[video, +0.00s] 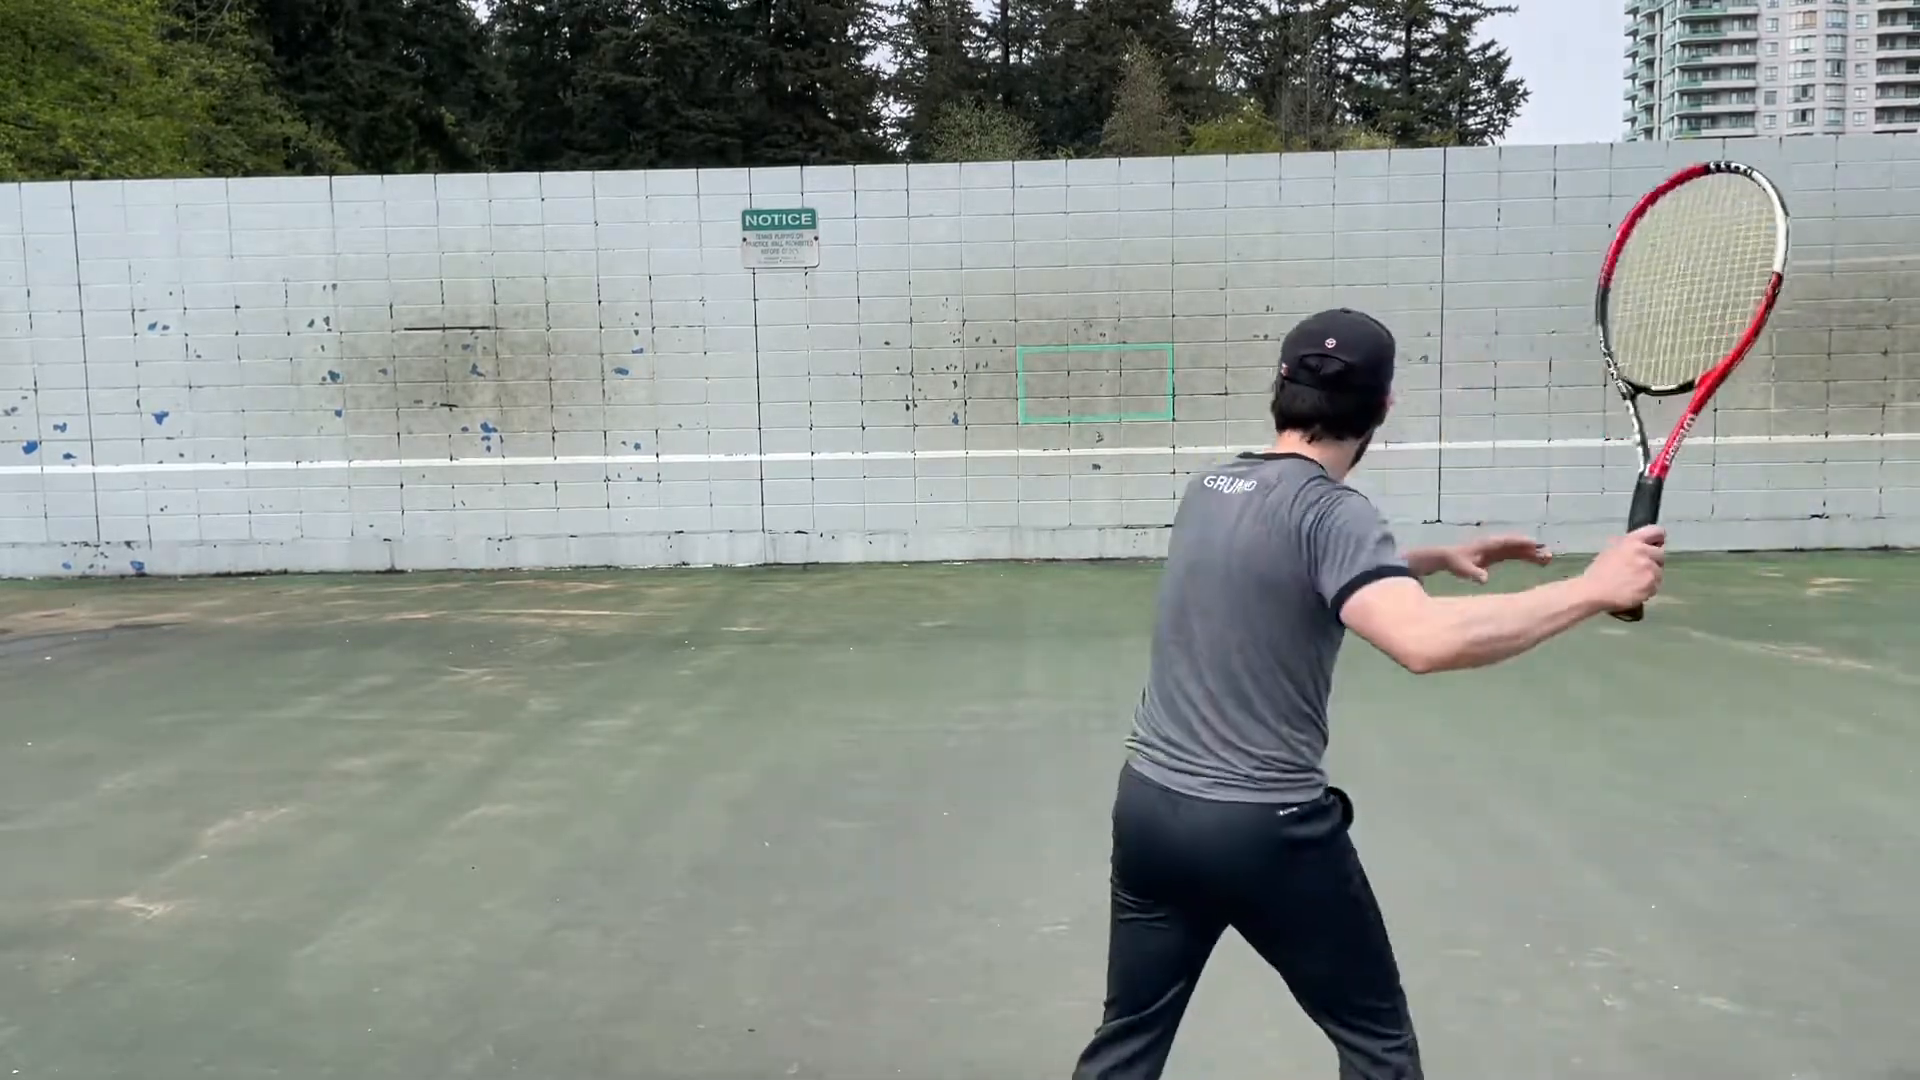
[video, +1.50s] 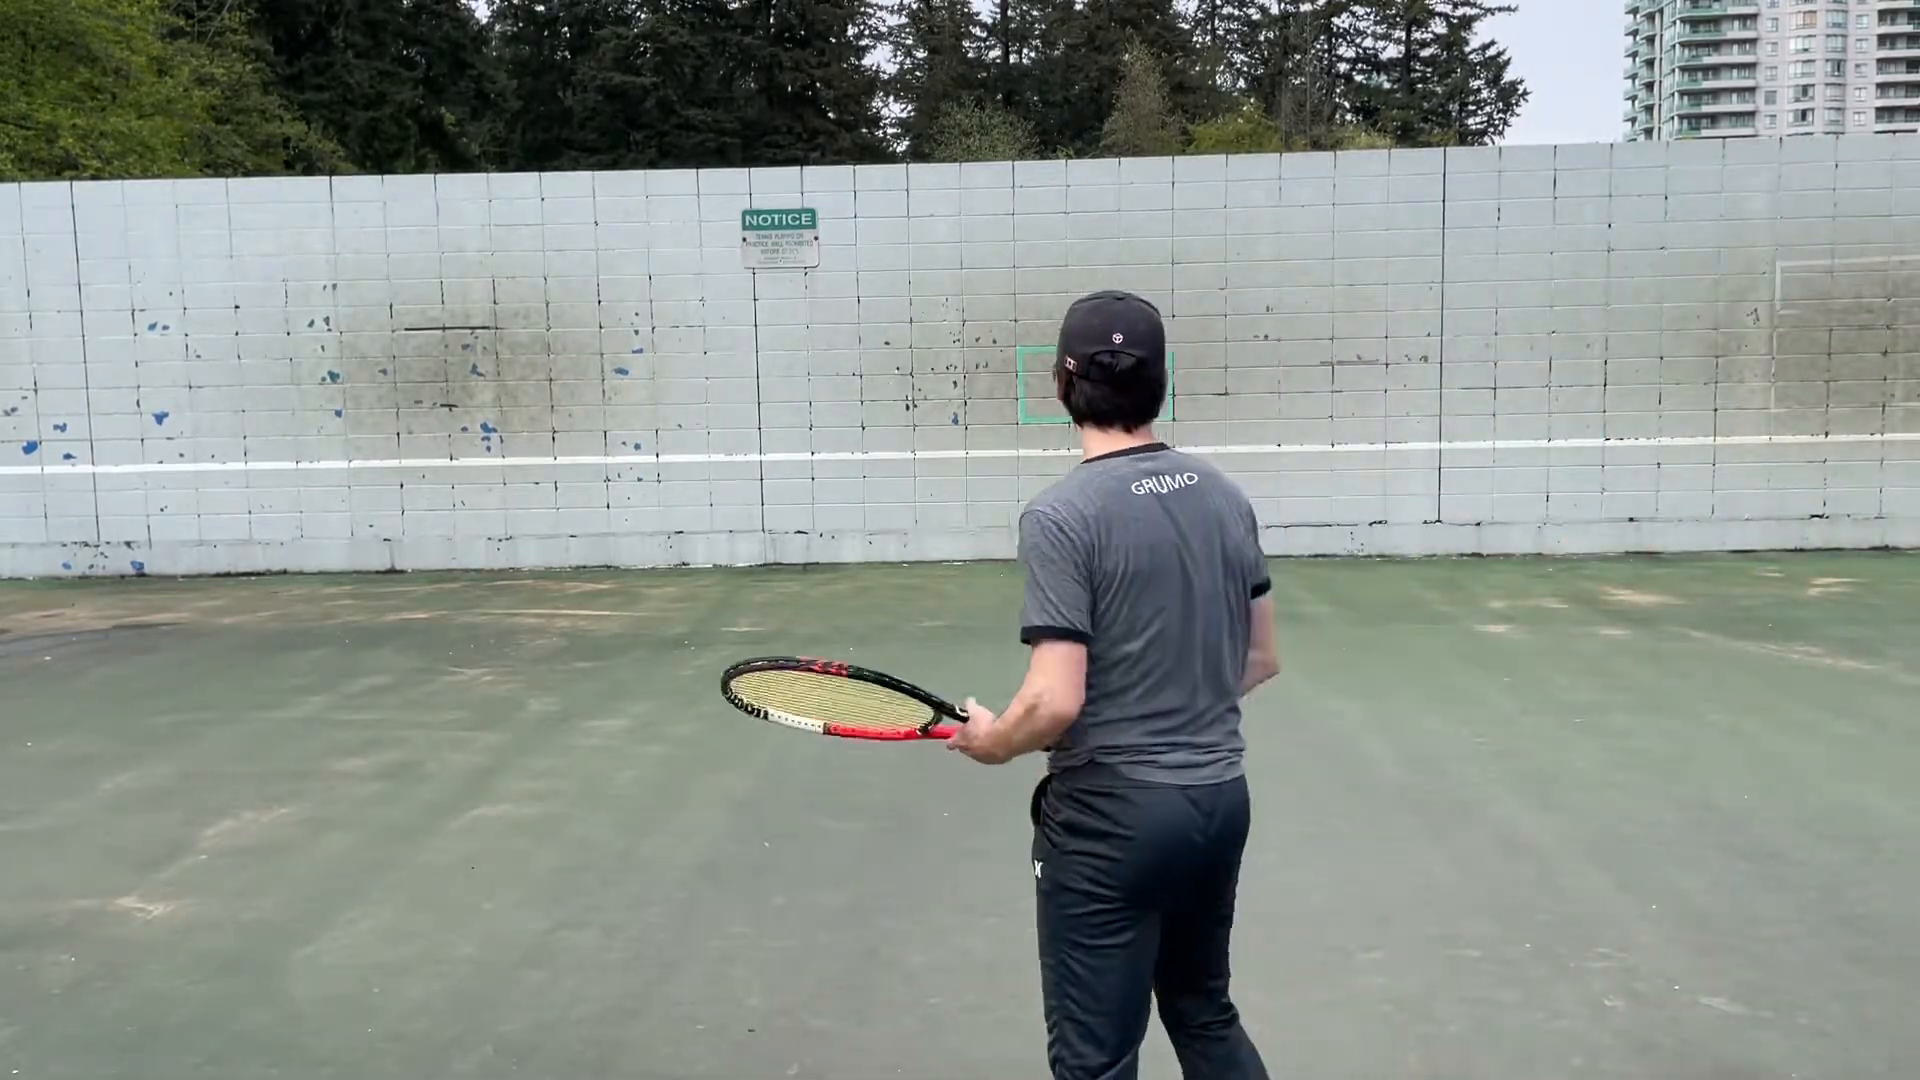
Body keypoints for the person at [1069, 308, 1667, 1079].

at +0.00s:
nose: (1393, 402)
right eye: (1393, 389)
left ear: (1277, 390)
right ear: (1383, 409)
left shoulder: (1208, 490)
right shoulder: (1333, 513)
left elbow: (1295, 574)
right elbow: (1425, 640)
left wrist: (1434, 558)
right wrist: (1592, 588)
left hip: (1153, 815)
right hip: (1274, 833)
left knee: (1127, 1037)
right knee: (1378, 1045)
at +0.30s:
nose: (1459, 485)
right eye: (1463, 471)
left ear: (1358, 452)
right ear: (1453, 476)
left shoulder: (1282, 524)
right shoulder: (1372, 538)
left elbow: (1253, 635)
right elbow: (1357, 631)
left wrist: (1336, 689)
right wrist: (1528, 642)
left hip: (1154, 830)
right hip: (1268, 856)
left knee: (1127, 1038)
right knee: (1345, 1049)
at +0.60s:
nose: (1474, 481)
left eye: (1474, 468)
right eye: (1477, 470)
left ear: (1374, 454)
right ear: (1463, 474)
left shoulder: (1281, 506)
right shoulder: (1459, 590)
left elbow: (1138, 574)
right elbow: (1487, 777)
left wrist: (1017, 661)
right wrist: (1527, 907)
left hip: (1211, 829)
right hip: (1339, 859)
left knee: (1132, 1041)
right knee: (1339, 1044)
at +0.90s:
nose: (1308, 361)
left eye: (1312, 352)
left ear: (1313, 365)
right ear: (1404, 387)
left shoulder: (1301, 474)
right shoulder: (1417, 489)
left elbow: (1298, 631)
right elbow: (1295, 512)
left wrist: (1225, 787)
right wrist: (1190, 451)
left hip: (1276, 788)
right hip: (1377, 798)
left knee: (1174, 1019)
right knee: (1334, 1027)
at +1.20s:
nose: (1209, 355)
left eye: (1213, 345)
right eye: (1218, 344)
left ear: (1216, 362)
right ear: (1312, 366)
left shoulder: (1235, 490)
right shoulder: (1341, 470)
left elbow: (1256, 662)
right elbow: (1211, 546)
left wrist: (1147, 756)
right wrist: (1091, 590)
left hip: (1235, 798)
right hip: (1340, 791)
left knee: (1149, 1031)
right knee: (1322, 1032)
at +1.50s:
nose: (1058, 373)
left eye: (1061, 365)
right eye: (1064, 363)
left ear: (1066, 385)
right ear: (1158, 382)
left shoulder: (1064, 514)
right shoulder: (1221, 496)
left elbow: (1056, 699)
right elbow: (1259, 660)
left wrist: (997, 739)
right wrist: (1171, 694)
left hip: (1109, 817)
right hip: (1216, 805)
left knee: (1091, 1056)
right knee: (1204, 1013)